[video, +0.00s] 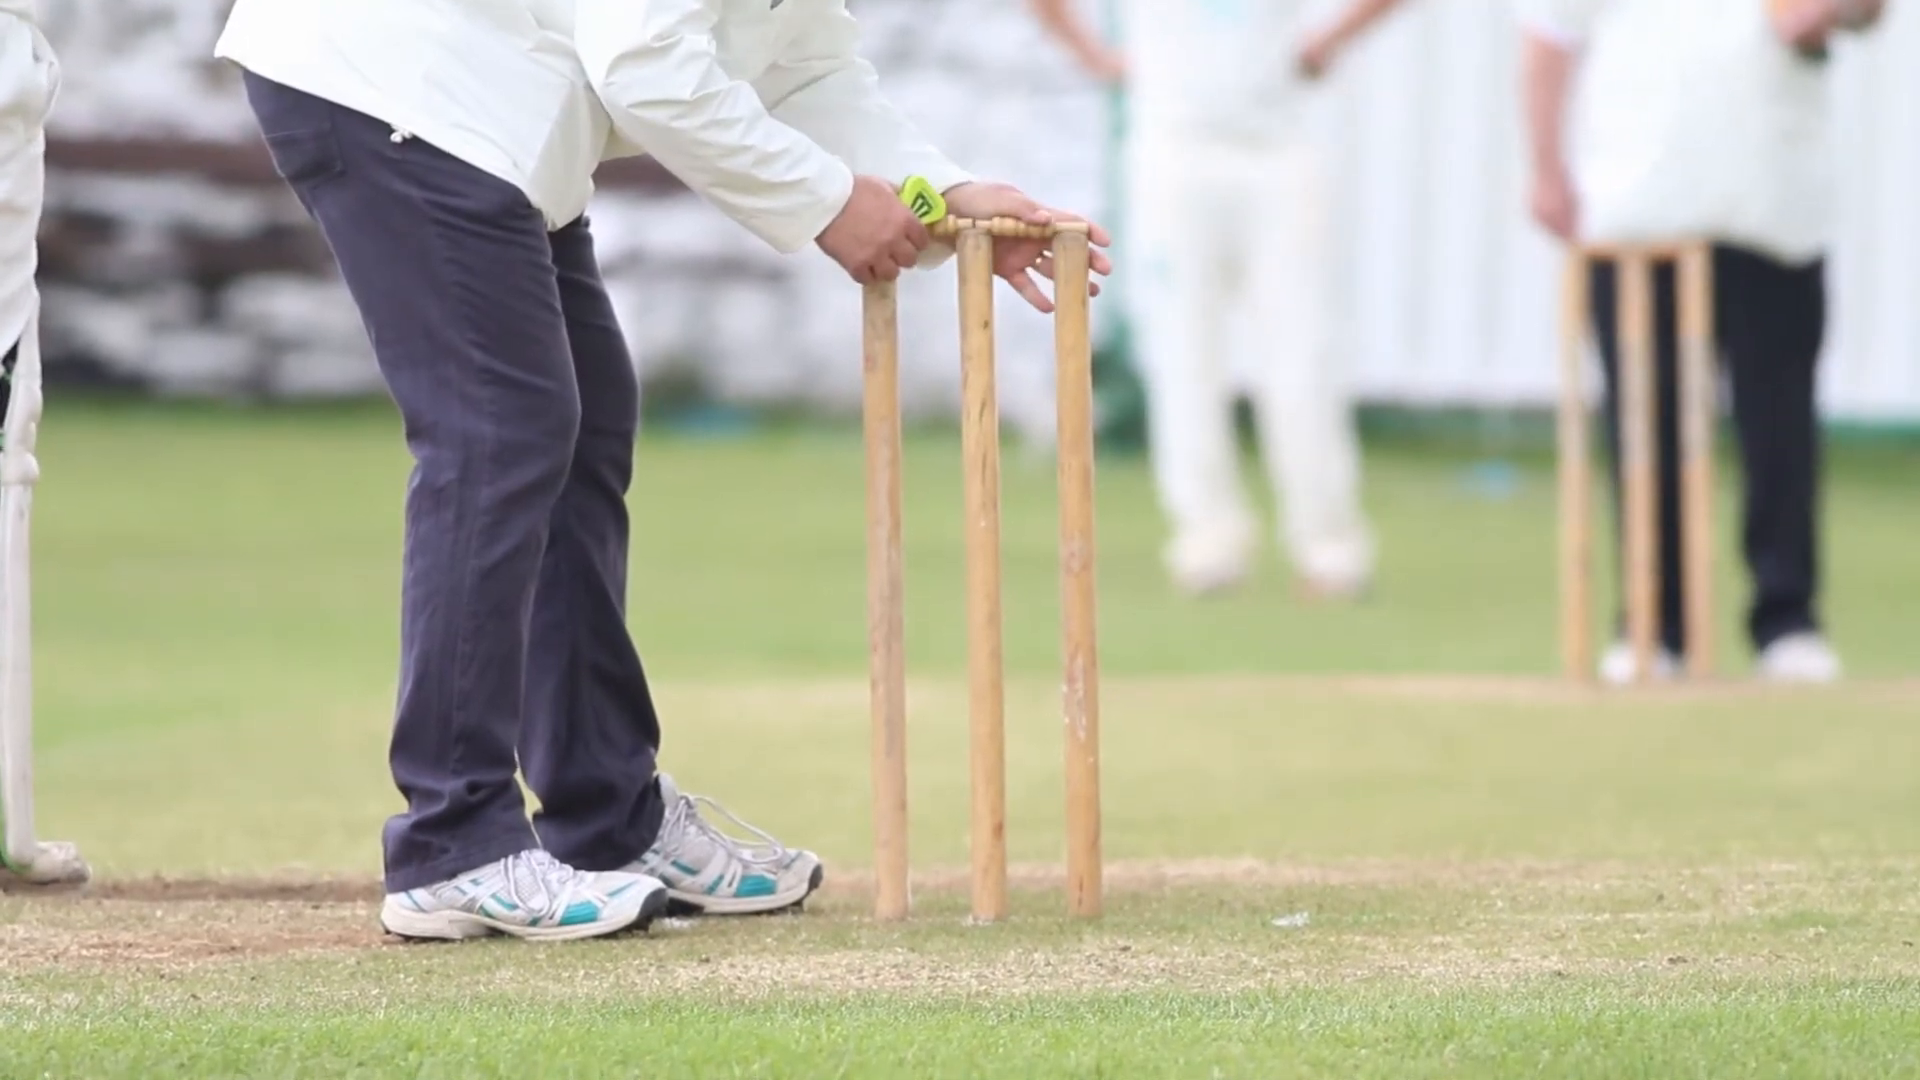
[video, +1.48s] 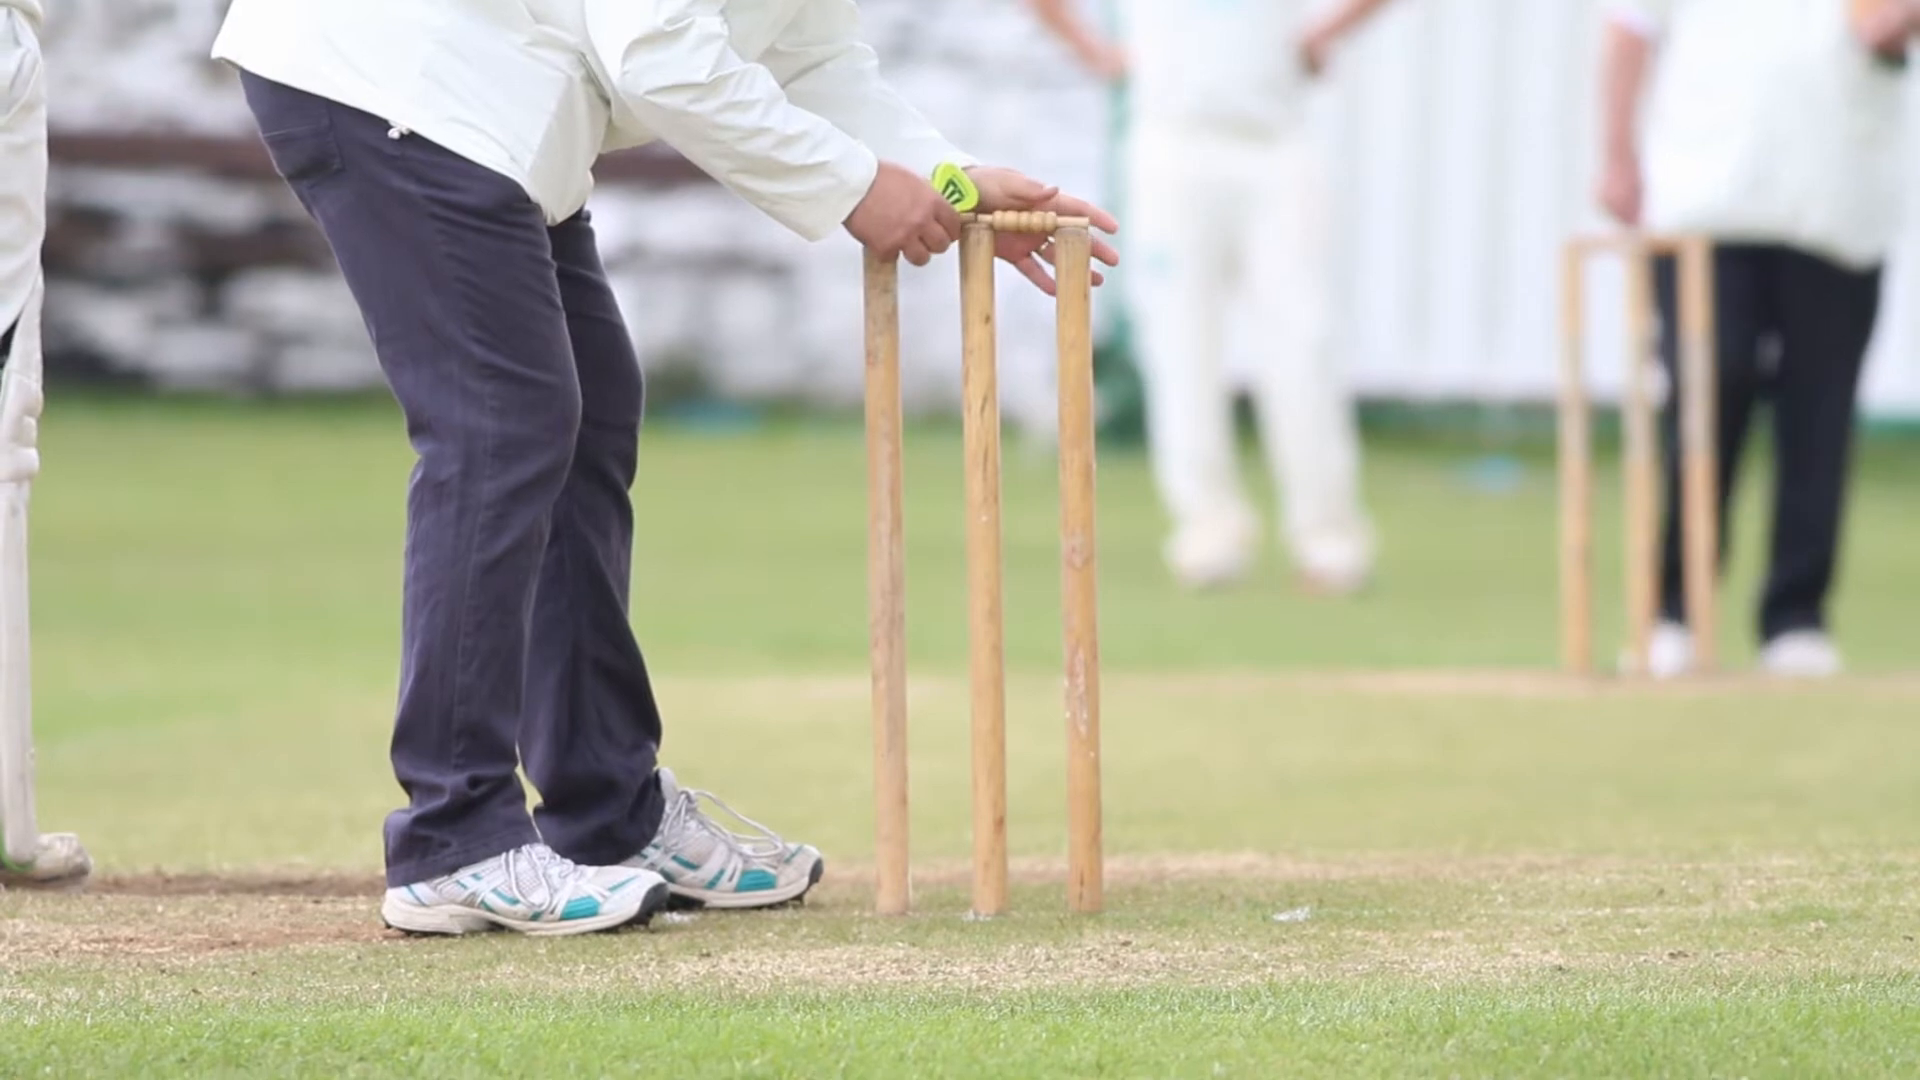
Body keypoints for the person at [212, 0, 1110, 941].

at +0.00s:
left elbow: (804, 61)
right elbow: (643, 62)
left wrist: (944, 189)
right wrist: (825, 200)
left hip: (491, 80)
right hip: (381, 57)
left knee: (587, 417)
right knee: (506, 424)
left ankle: (607, 821)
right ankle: (452, 852)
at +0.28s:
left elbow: (813, 65)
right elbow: (642, 59)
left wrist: (951, 186)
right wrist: (827, 197)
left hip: (493, 80)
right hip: (384, 56)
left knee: (589, 417)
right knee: (506, 423)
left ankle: (607, 819)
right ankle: (452, 851)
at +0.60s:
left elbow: (814, 67)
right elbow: (659, 61)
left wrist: (962, 193)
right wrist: (847, 191)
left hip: (491, 74)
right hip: (383, 53)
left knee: (588, 411)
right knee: (506, 421)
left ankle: (608, 818)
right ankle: (452, 849)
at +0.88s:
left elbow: (815, 65)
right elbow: (657, 54)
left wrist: (957, 192)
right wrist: (845, 188)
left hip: (488, 73)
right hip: (383, 52)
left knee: (588, 411)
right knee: (506, 421)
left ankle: (608, 818)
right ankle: (452, 849)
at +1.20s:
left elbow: (814, 61)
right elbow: (655, 54)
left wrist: (959, 189)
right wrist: (846, 186)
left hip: (490, 74)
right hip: (380, 53)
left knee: (590, 406)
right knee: (506, 418)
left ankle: (607, 816)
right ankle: (453, 847)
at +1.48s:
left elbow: (813, 62)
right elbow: (655, 52)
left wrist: (959, 186)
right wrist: (848, 184)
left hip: (488, 72)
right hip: (377, 51)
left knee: (591, 405)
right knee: (507, 416)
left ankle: (606, 815)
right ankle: (453, 847)